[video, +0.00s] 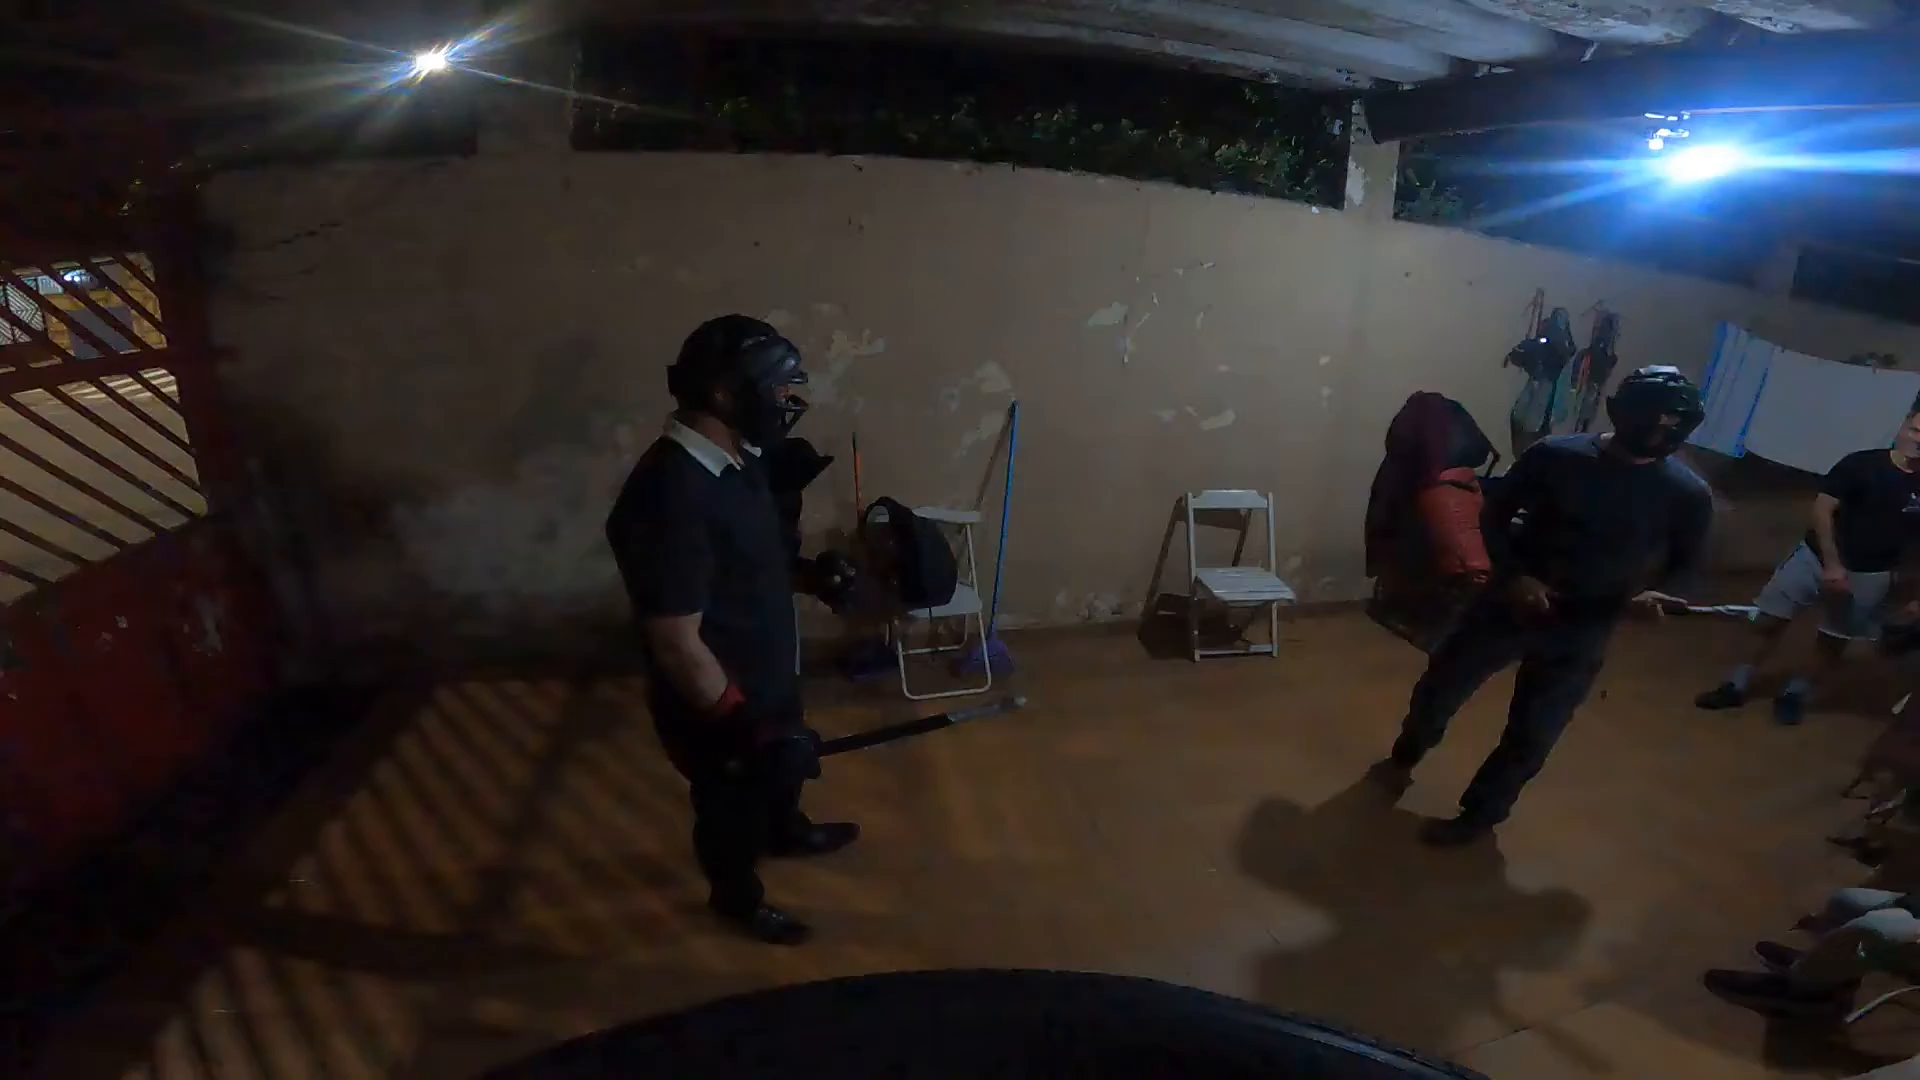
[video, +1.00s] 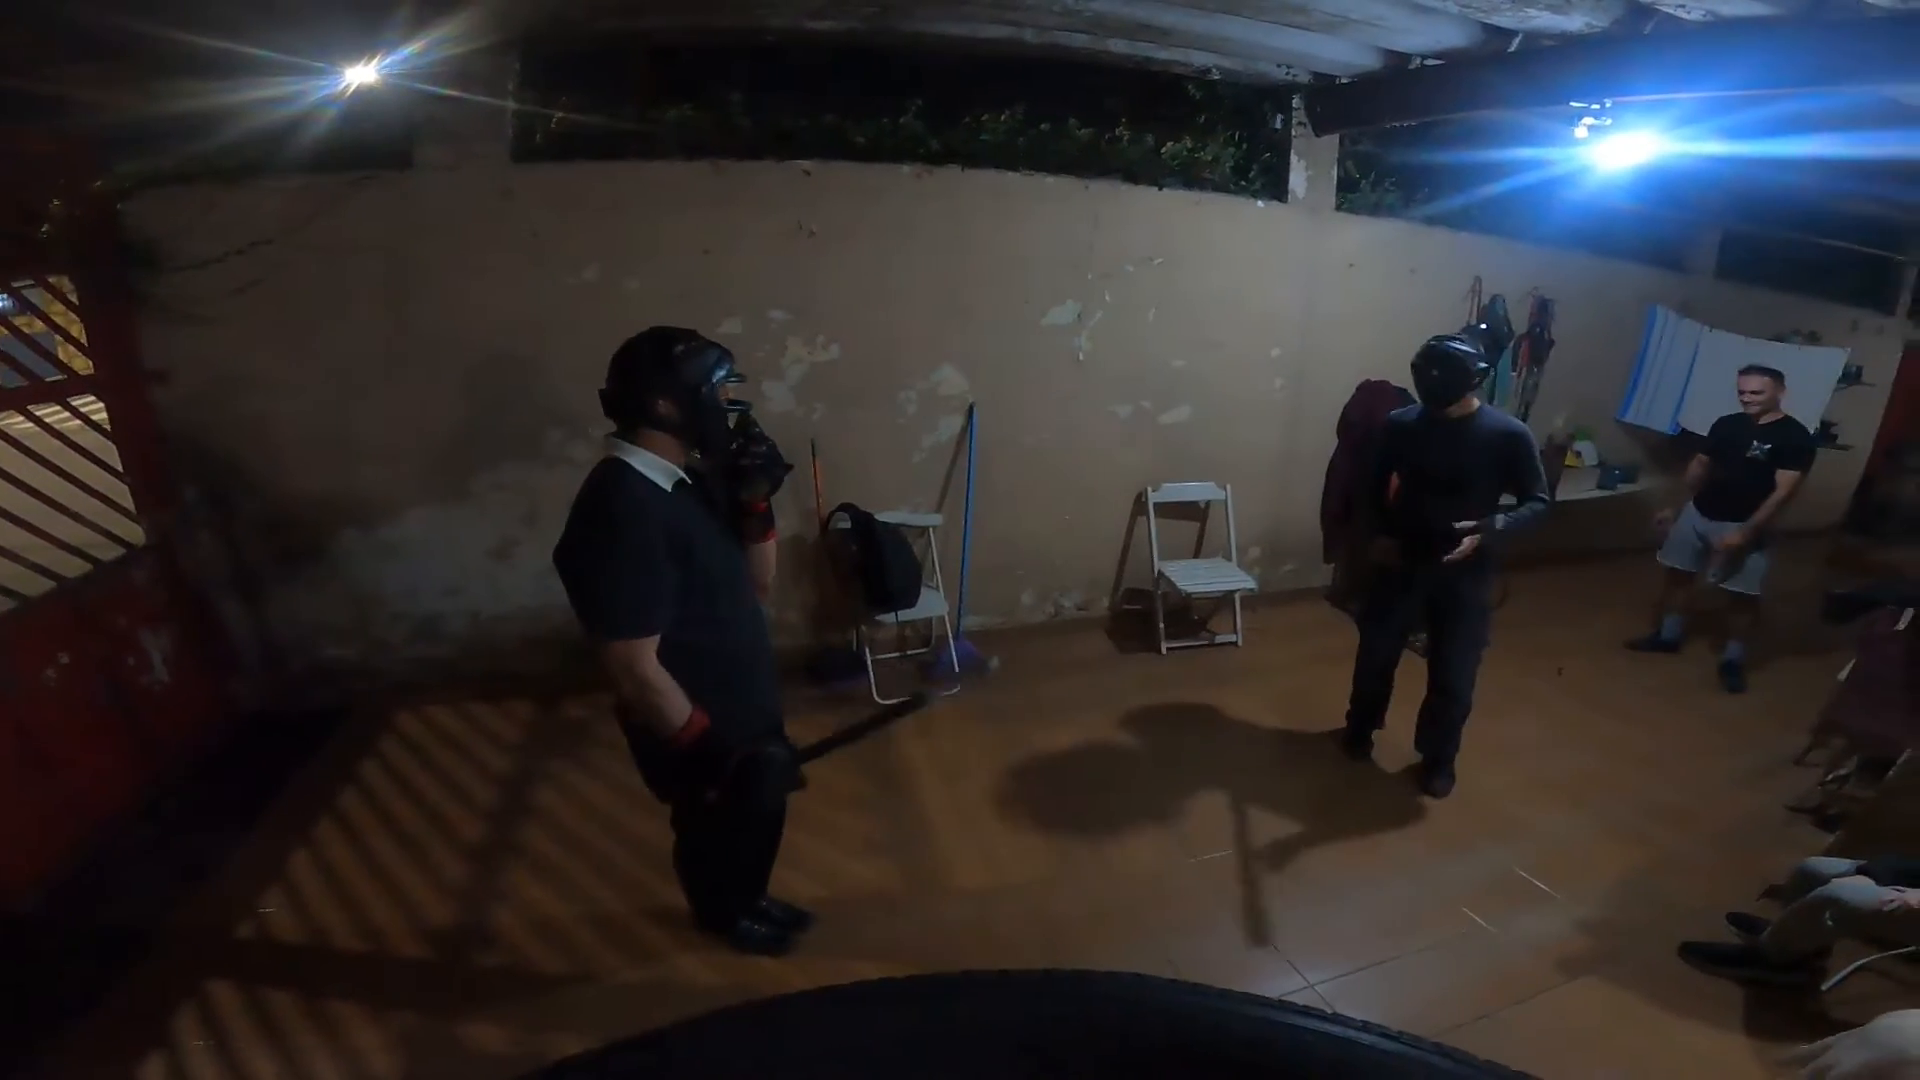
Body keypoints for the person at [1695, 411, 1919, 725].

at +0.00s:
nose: (1916, 437)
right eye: (1913, 428)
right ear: (1901, 428)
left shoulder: (1913, 489)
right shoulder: (1860, 464)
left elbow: (1914, 550)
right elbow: (1822, 507)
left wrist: (1913, 597)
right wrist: (1832, 563)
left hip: (1869, 574)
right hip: (1818, 556)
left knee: (1832, 644)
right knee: (1768, 616)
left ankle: (1798, 692)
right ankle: (1739, 683)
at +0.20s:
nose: (1918, 427)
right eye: (1915, 418)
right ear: (1904, 422)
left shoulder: (1915, 480)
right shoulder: (1868, 455)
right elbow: (1827, 500)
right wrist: (1849, 552)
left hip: (1874, 567)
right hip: (1821, 548)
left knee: (1839, 632)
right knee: (1777, 607)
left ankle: (1805, 684)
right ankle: (1763, 669)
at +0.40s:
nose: (1912, 428)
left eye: (1919, 424)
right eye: (1909, 418)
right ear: (1897, 415)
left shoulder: (1915, 475)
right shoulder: (1853, 450)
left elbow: (1915, 534)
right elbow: (1817, 491)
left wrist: (1899, 583)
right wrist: (1804, 544)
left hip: (1861, 559)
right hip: (1817, 542)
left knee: (1833, 624)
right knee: (1761, 588)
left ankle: (1802, 682)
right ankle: (1748, 655)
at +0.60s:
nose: (1860, 414)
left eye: (1871, 410)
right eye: (1855, 405)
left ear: (1886, 418)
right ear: (1846, 406)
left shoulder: (1889, 463)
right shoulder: (1812, 440)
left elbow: (1879, 522)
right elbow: (1773, 478)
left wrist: (1840, 563)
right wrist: (1757, 521)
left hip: (1825, 550)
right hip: (1779, 535)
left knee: (1803, 616)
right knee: (1735, 584)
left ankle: (1780, 676)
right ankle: (1709, 646)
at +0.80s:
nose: (1806, 406)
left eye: (1816, 401)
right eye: (1801, 398)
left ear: (1835, 403)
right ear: (1795, 398)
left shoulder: (1845, 448)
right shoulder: (1773, 432)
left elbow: (1830, 505)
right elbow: (1738, 471)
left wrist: (1796, 549)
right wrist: (1717, 513)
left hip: (1784, 539)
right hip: (1741, 526)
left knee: (1772, 607)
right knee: (1709, 581)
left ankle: (1764, 668)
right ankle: (1692, 641)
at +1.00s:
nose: (1748, 400)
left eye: (1757, 394)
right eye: (1743, 393)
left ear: (1778, 393)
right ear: (1738, 393)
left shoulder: (1795, 437)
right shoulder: (1727, 424)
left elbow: (1783, 493)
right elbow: (1698, 467)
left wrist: (1745, 532)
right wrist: (1674, 508)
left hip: (1745, 528)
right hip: (1699, 516)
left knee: (1743, 597)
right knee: (1677, 573)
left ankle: (1733, 658)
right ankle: (1668, 634)